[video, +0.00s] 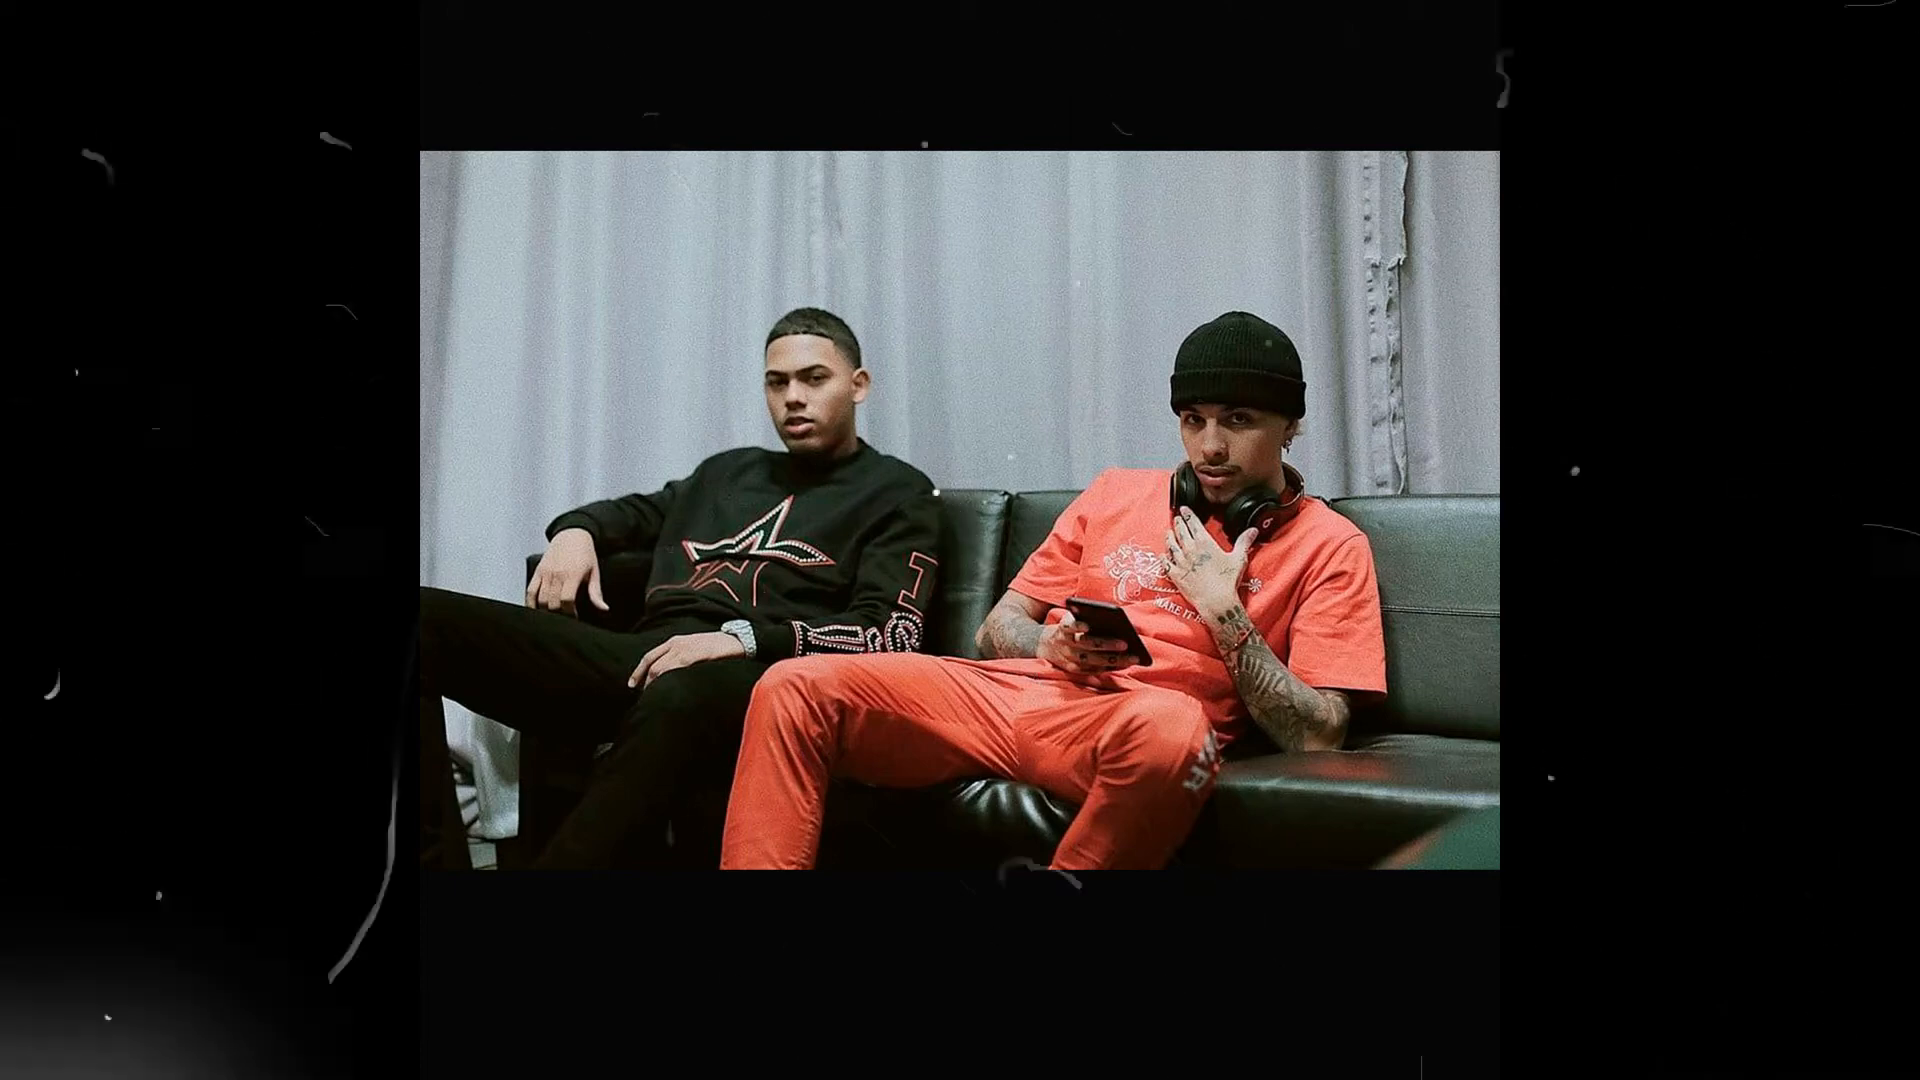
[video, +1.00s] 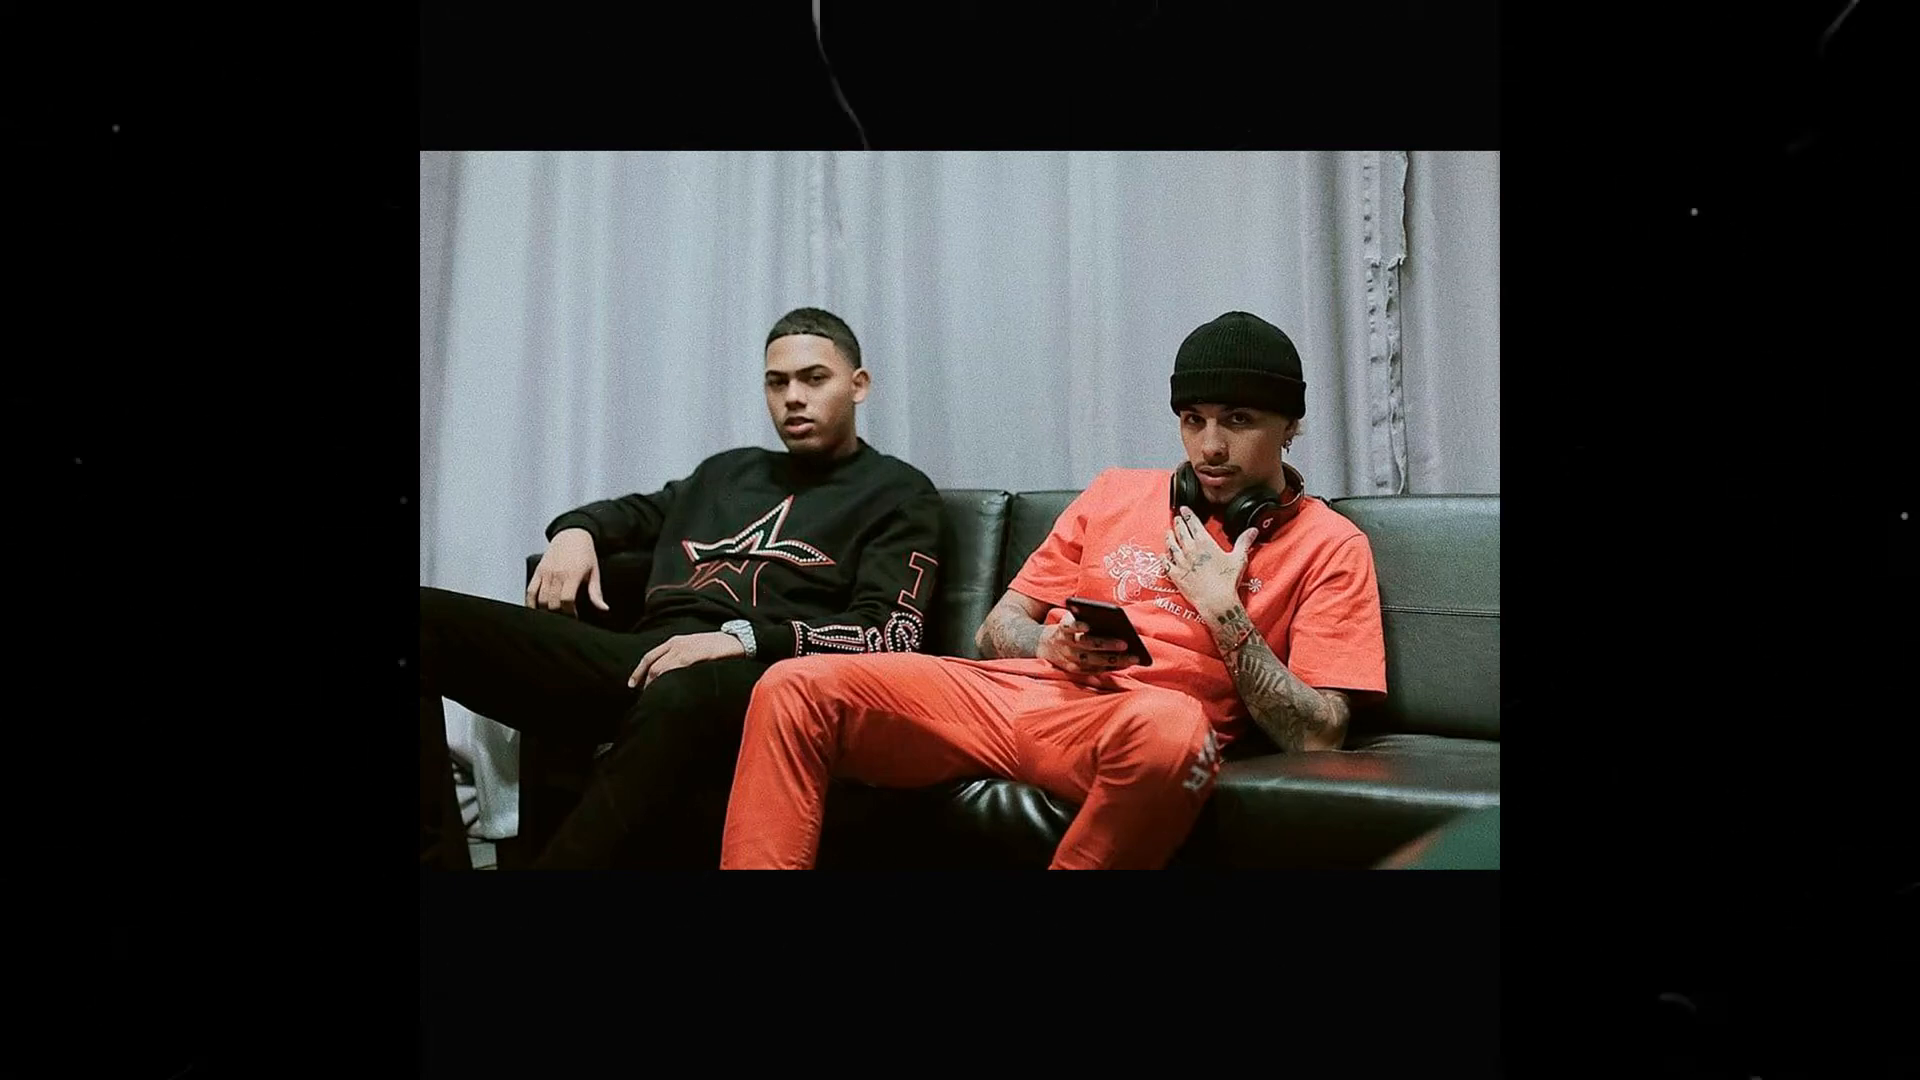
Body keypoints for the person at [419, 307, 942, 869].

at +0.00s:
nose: (793, 399)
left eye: (814, 379)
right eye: (779, 382)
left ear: (859, 386)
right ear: (765, 391)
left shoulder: (898, 492)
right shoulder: (728, 472)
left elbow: (893, 635)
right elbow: (641, 515)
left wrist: (742, 639)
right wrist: (575, 529)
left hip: (771, 680)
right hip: (639, 654)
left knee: (680, 700)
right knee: (426, 617)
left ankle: (561, 871)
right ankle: (439, 857)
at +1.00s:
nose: (793, 399)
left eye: (813, 379)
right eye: (778, 382)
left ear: (859, 385)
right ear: (765, 390)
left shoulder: (900, 494)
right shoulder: (728, 471)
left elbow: (894, 635)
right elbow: (641, 516)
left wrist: (742, 638)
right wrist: (574, 530)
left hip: (770, 681)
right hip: (637, 654)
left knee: (681, 700)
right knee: (427, 617)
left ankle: (561, 869)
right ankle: (442, 856)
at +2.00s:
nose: (792, 398)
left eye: (813, 379)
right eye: (778, 382)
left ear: (859, 385)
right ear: (765, 390)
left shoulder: (900, 494)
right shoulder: (728, 472)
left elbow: (892, 635)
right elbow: (640, 516)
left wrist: (744, 637)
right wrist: (575, 530)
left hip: (771, 680)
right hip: (639, 654)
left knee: (682, 700)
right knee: (426, 617)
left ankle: (561, 871)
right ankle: (441, 856)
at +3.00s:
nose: (792, 398)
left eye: (813, 379)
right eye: (778, 382)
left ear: (859, 385)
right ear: (765, 390)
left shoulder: (899, 494)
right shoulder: (728, 472)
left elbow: (892, 636)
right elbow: (641, 515)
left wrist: (744, 637)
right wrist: (575, 530)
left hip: (771, 681)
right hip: (638, 654)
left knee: (683, 700)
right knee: (426, 617)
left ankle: (561, 873)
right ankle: (441, 857)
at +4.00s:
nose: (793, 398)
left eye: (813, 379)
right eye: (778, 382)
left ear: (859, 385)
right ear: (765, 390)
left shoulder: (899, 494)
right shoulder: (728, 472)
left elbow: (892, 635)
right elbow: (640, 516)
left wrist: (743, 638)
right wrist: (575, 530)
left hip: (770, 681)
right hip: (638, 654)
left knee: (681, 701)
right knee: (420, 617)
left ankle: (556, 886)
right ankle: (441, 870)